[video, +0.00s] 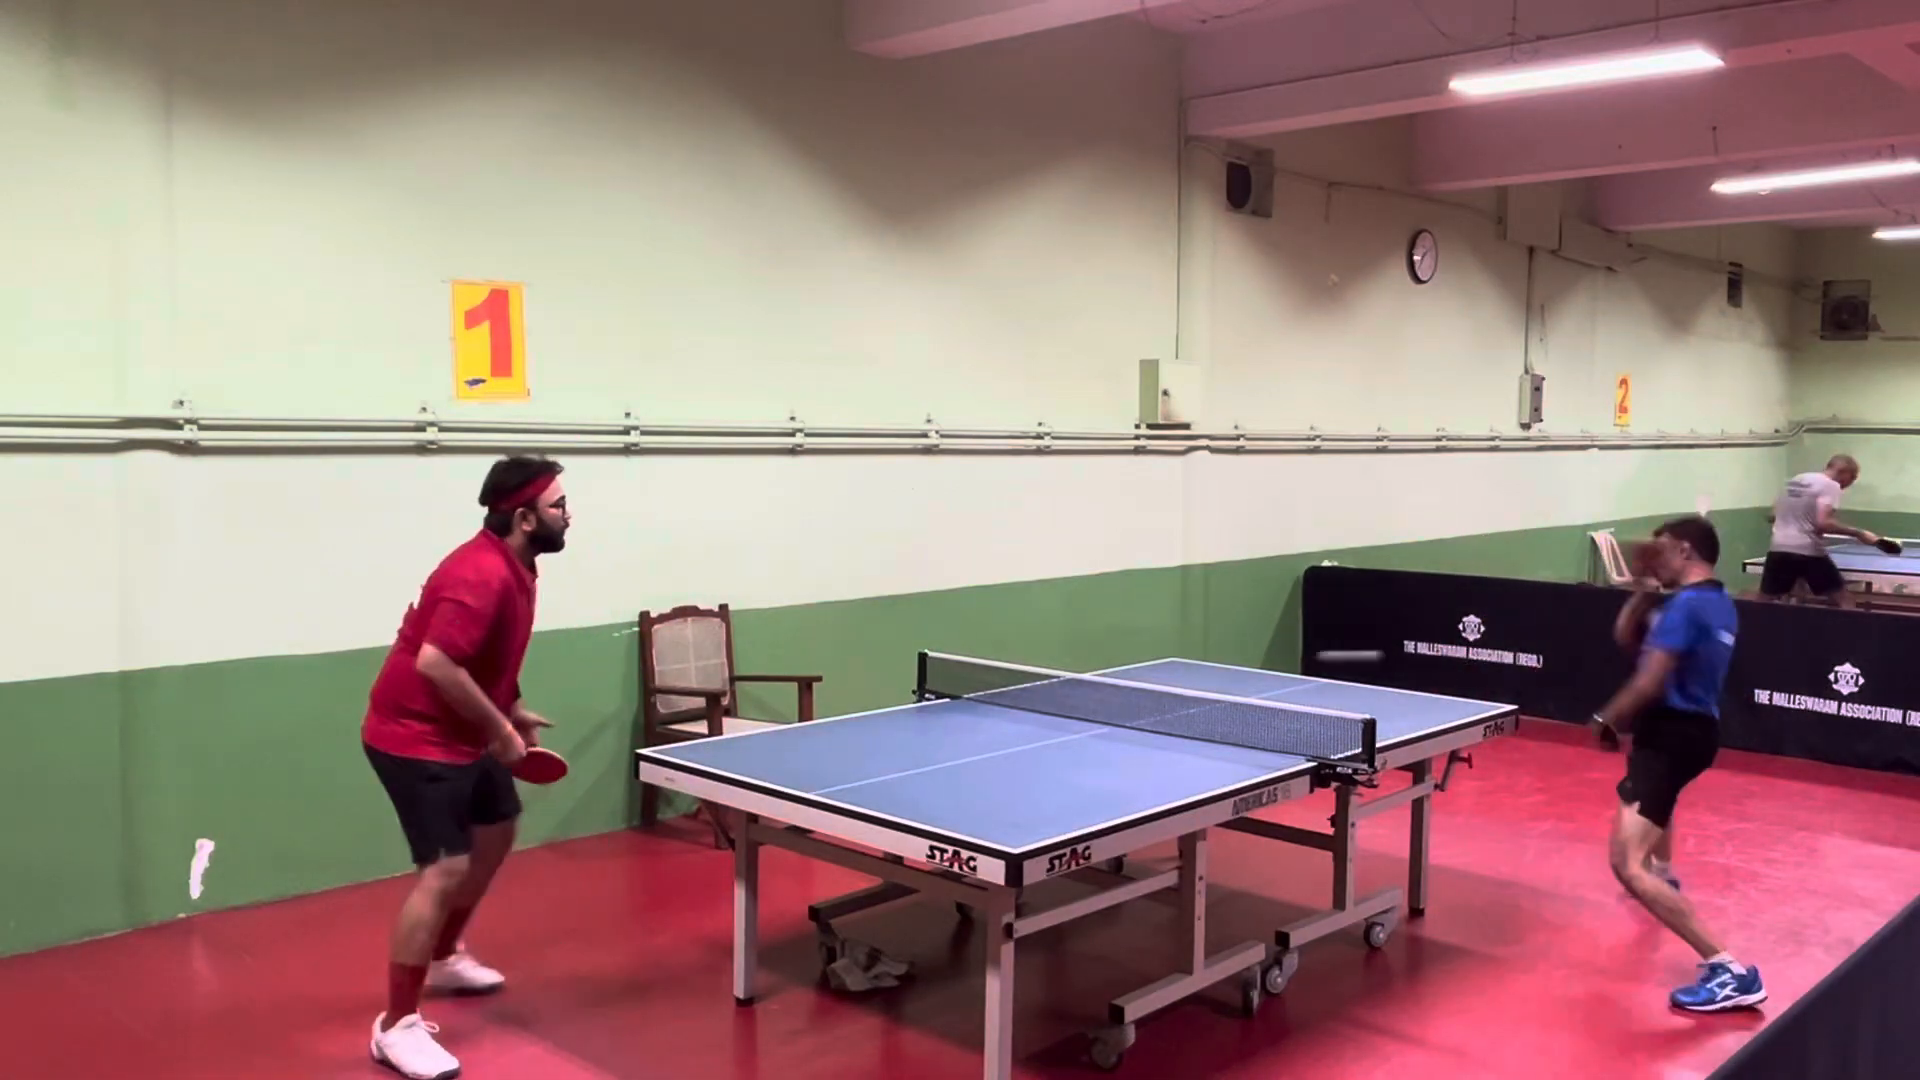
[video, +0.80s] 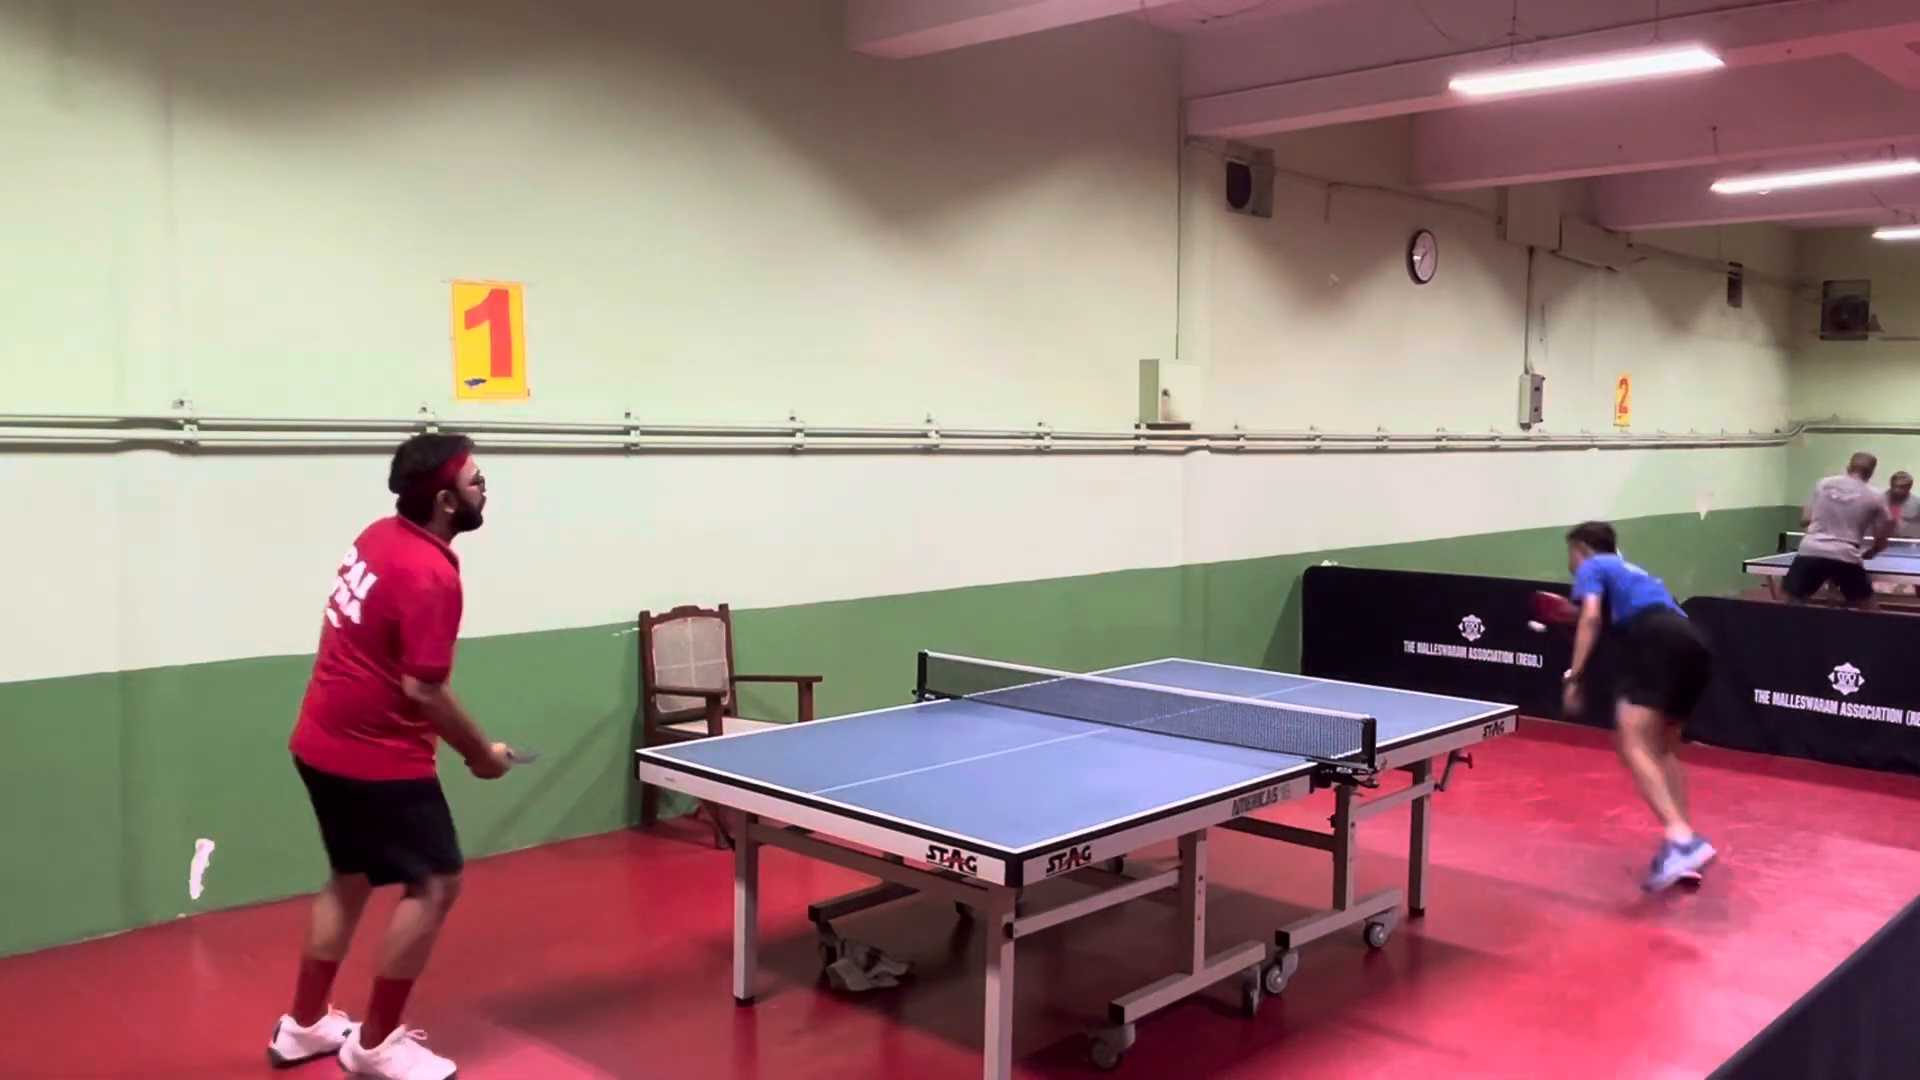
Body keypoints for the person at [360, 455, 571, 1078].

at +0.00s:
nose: (568, 513)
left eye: (565, 502)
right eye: (557, 505)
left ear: (521, 513)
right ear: (519, 515)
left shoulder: (517, 569)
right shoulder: (480, 574)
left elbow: (492, 654)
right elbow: (436, 661)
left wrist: (515, 713)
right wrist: (498, 731)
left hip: (464, 734)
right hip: (413, 737)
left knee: (494, 834)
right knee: (448, 865)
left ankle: (441, 956)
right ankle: (396, 1023)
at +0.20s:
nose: (557, 562)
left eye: (554, 550)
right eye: (549, 553)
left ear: (508, 561)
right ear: (517, 565)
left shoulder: (478, 597)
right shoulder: (471, 626)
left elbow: (467, 704)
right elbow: (462, 736)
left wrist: (511, 747)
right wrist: (535, 750)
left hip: (440, 758)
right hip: (400, 769)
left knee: (493, 858)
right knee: (465, 888)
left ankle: (431, 968)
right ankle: (372, 1042)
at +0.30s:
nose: (542, 560)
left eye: (539, 549)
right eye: (535, 551)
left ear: (484, 553)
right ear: (505, 560)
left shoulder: (438, 575)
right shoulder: (481, 639)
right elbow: (536, 727)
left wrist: (491, 705)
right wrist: (617, 724)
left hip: (415, 758)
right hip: (402, 777)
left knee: (474, 849)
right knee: (472, 898)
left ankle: (434, 966)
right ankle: (373, 1043)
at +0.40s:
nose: (530, 514)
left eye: (525, 503)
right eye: (522, 506)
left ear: (468, 518)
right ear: (492, 521)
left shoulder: (416, 539)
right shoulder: (485, 607)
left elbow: (362, 594)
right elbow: (539, 698)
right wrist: (614, 720)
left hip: (368, 741)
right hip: (416, 761)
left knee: (431, 846)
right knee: (464, 884)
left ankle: (436, 955)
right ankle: (375, 1038)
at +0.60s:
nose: (510, 479)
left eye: (505, 469)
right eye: (501, 471)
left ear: (448, 483)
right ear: (471, 484)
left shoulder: (384, 519)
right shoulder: (471, 572)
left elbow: (331, 588)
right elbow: (483, 682)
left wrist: (329, 661)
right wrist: (533, 739)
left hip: (347, 726)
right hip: (407, 748)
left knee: (393, 834)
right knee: (414, 878)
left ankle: (359, 951)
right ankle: (374, 1039)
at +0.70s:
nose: (497, 485)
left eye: (492, 474)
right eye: (486, 478)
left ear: (432, 490)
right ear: (453, 492)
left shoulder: (373, 533)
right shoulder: (452, 574)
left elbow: (325, 609)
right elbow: (452, 688)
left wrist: (318, 686)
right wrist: (501, 747)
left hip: (337, 742)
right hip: (393, 757)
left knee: (372, 866)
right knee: (408, 888)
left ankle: (315, 1003)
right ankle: (372, 1046)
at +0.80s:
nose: (485, 490)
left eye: (479, 479)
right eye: (474, 483)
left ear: (426, 497)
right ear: (440, 498)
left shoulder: (381, 535)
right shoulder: (431, 574)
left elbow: (368, 642)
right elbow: (423, 688)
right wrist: (479, 751)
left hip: (323, 745)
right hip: (379, 759)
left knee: (350, 878)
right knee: (436, 885)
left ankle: (303, 1023)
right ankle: (376, 1040)